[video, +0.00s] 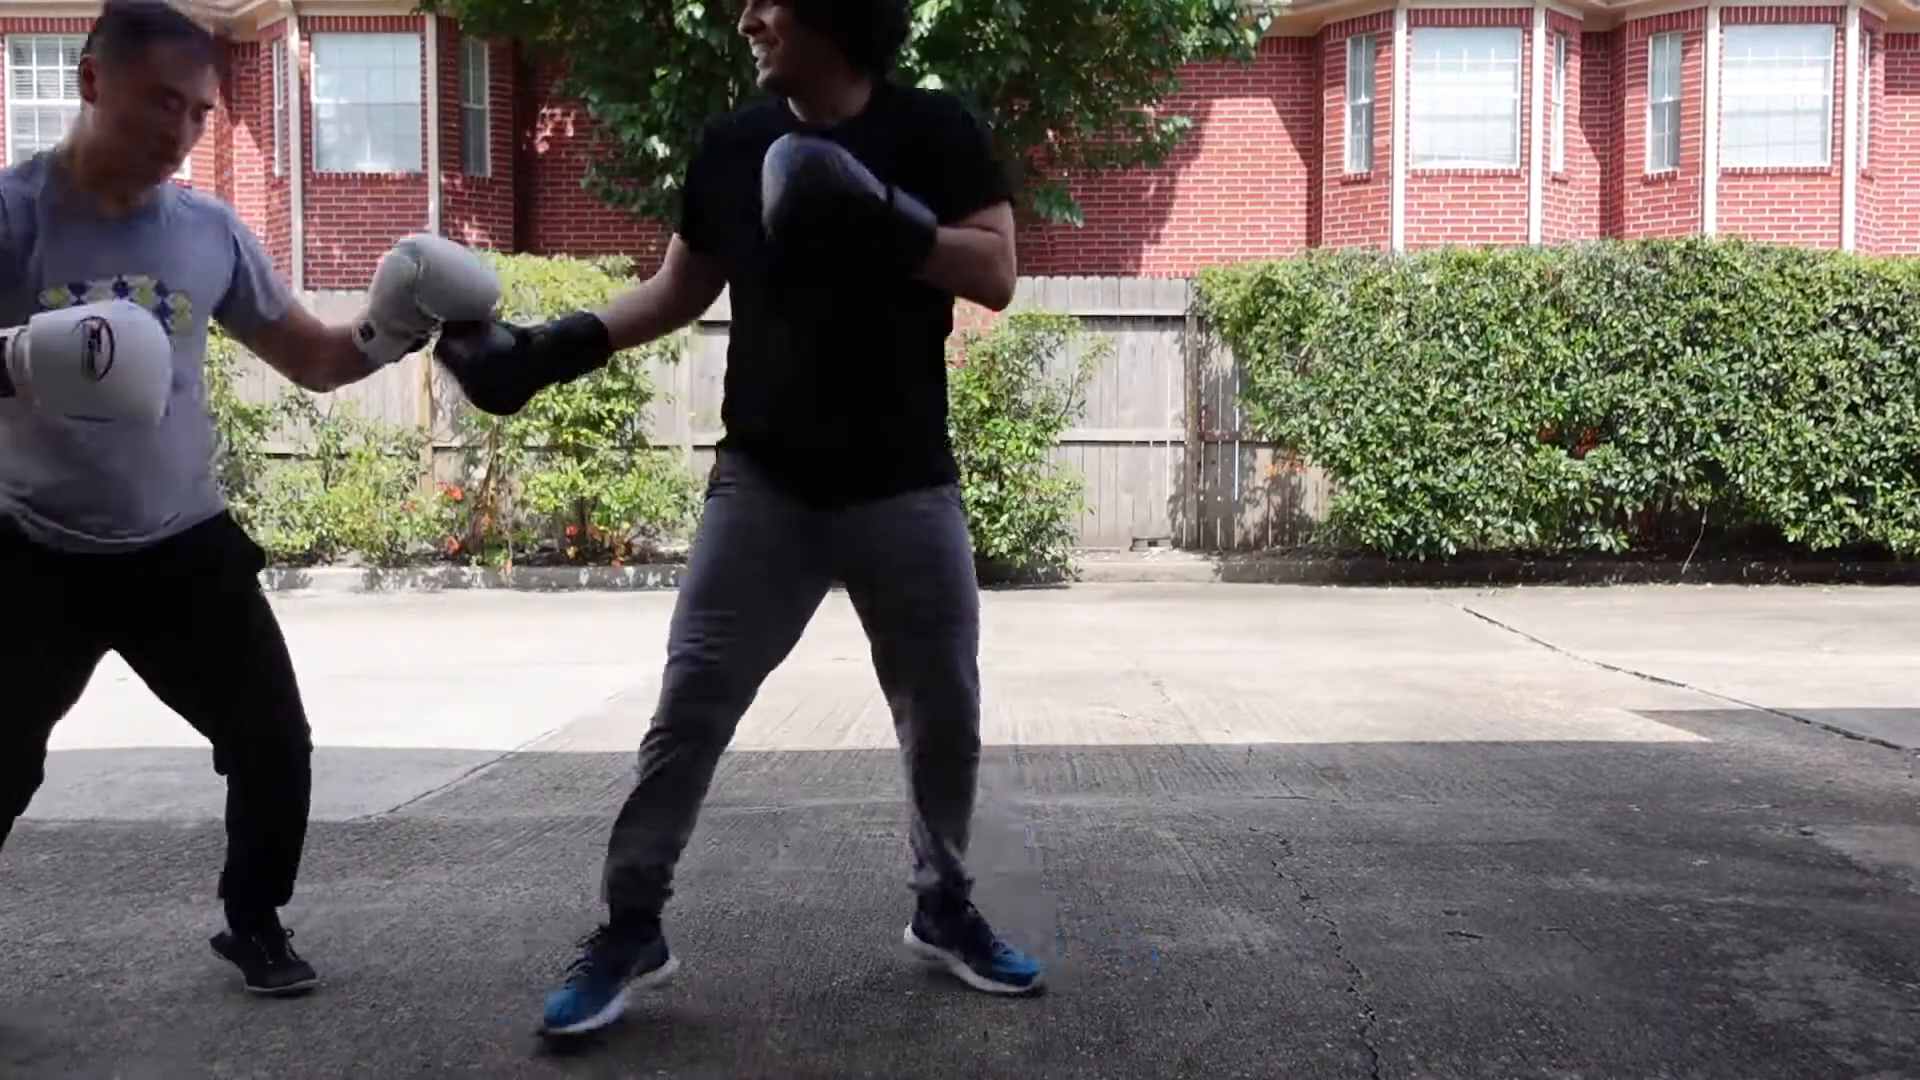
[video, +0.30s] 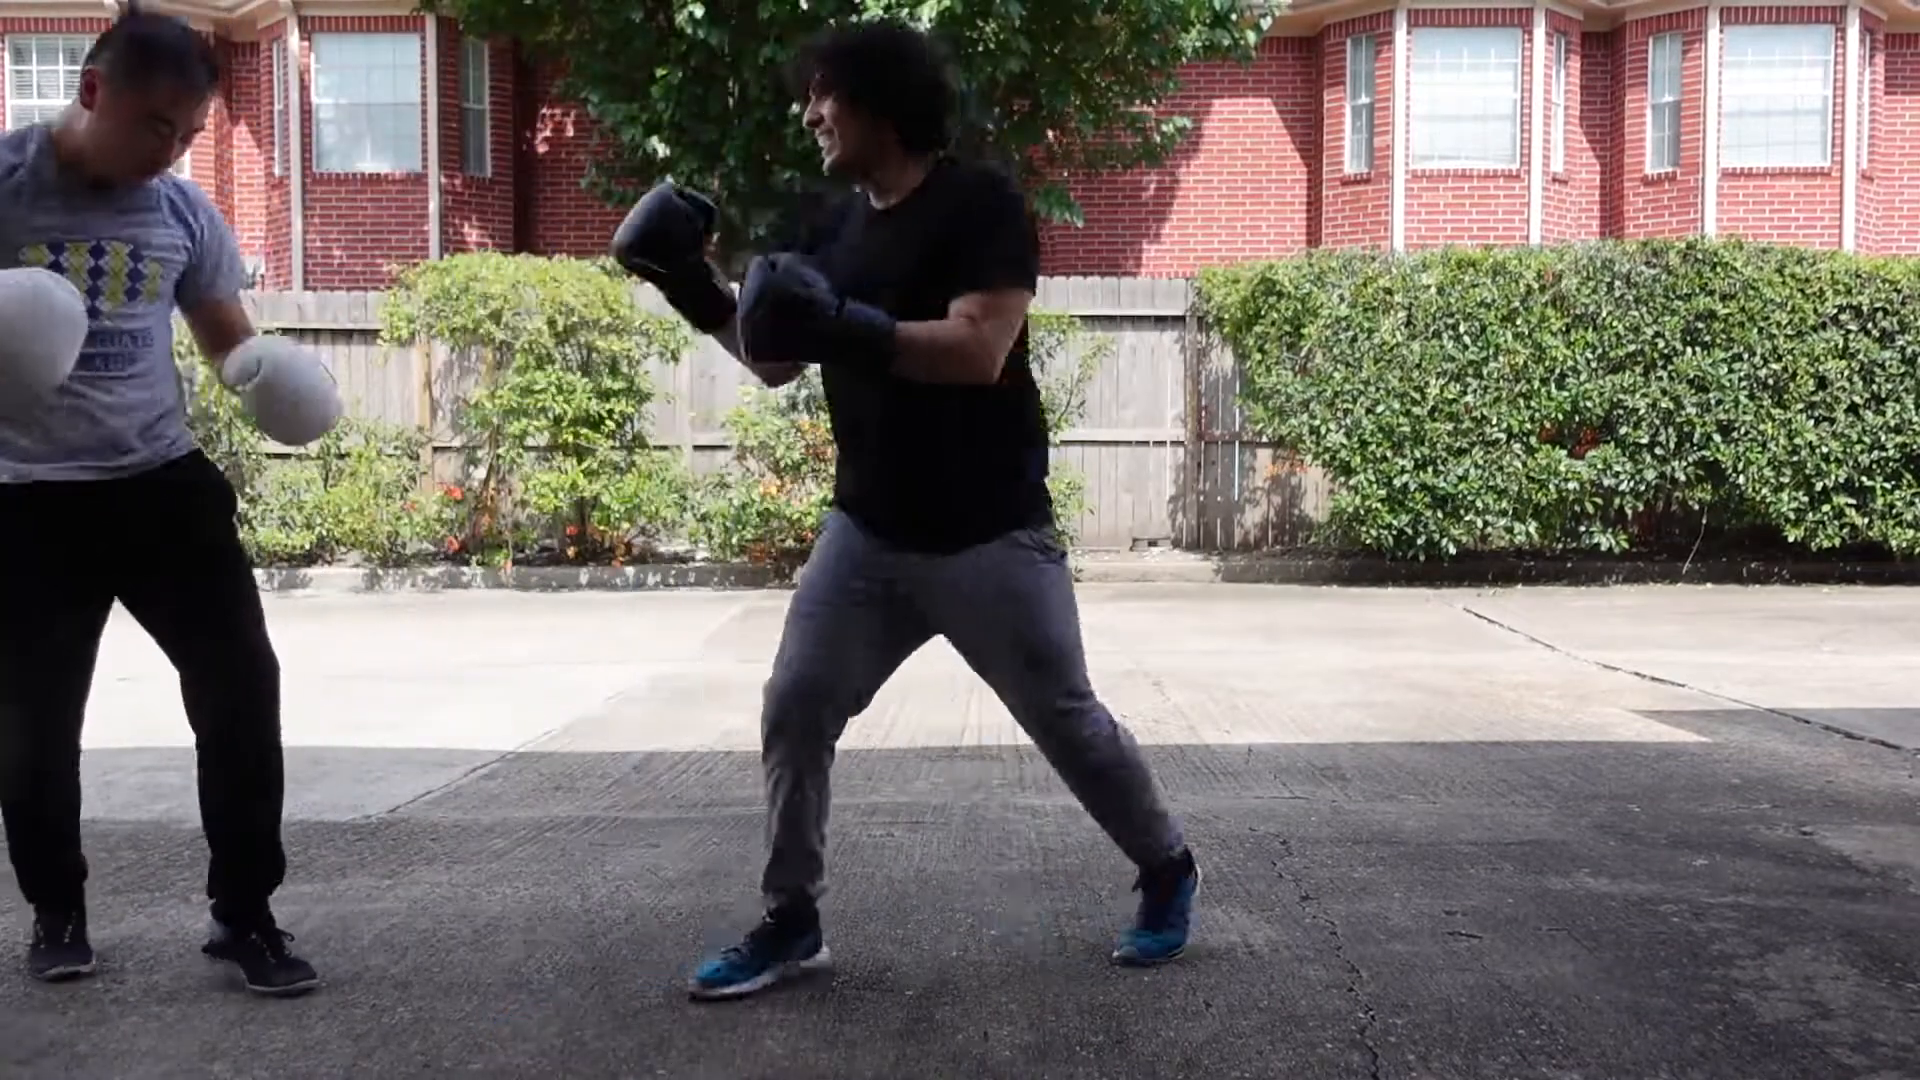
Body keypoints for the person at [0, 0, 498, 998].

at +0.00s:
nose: (184, 130)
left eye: (199, 109)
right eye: (165, 101)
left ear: (211, 108)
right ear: (94, 83)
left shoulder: (207, 230)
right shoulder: (14, 212)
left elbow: (314, 357)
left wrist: (406, 319)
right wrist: (21, 361)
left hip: (183, 548)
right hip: (33, 549)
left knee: (272, 745)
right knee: (2, 775)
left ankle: (254, 921)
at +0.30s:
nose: (174, 153)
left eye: (187, 133)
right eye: (161, 128)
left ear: (196, 118)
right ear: (95, 92)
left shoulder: (180, 208)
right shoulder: (10, 182)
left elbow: (233, 340)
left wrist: (281, 385)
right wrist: (7, 327)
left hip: (161, 482)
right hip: (30, 495)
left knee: (241, 683)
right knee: (34, 724)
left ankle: (244, 912)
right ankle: (56, 913)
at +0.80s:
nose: (160, 248)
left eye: (176, 234)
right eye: (154, 227)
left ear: (192, 210)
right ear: (104, 177)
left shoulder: (157, 250)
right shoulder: (9, 219)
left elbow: (199, 328)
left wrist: (264, 411)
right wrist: (2, 397)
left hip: (120, 495)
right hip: (13, 512)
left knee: (209, 679)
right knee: (25, 730)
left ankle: (246, 869)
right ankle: (60, 916)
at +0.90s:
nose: (197, 277)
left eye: (210, 263)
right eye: (194, 256)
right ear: (142, 207)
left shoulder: (170, 295)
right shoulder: (16, 232)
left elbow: (197, 403)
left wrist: (257, 517)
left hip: (96, 469)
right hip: (5, 499)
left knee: (208, 583)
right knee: (18, 721)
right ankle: (70, 912)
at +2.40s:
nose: (156, 341)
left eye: (171, 333)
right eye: (150, 325)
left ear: (202, 307)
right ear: (117, 264)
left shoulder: (199, 294)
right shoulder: (16, 269)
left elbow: (215, 399)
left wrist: (252, 512)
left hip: (128, 497)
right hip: (18, 510)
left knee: (213, 658)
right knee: (13, 709)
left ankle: (207, 873)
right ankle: (45, 910)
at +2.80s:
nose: (232, 220)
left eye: (250, 205)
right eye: (221, 201)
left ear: (269, 186)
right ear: (172, 146)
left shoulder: (265, 214)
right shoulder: (57, 204)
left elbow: (330, 348)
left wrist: (217, 377)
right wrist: (30, 428)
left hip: (190, 501)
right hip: (59, 503)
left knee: (206, 714)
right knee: (55, 718)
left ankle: (174, 922)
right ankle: (18, 945)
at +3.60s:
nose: (351, 209)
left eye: (363, 191)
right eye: (352, 183)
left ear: (293, 145)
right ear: (290, 140)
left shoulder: (249, 215)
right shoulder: (144, 203)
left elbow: (257, 323)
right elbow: (21, 332)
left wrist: (245, 405)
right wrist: (131, 431)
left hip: (126, 479)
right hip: (36, 476)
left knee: (173, 709)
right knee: (63, 732)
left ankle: (164, 937)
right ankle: (40, 1011)